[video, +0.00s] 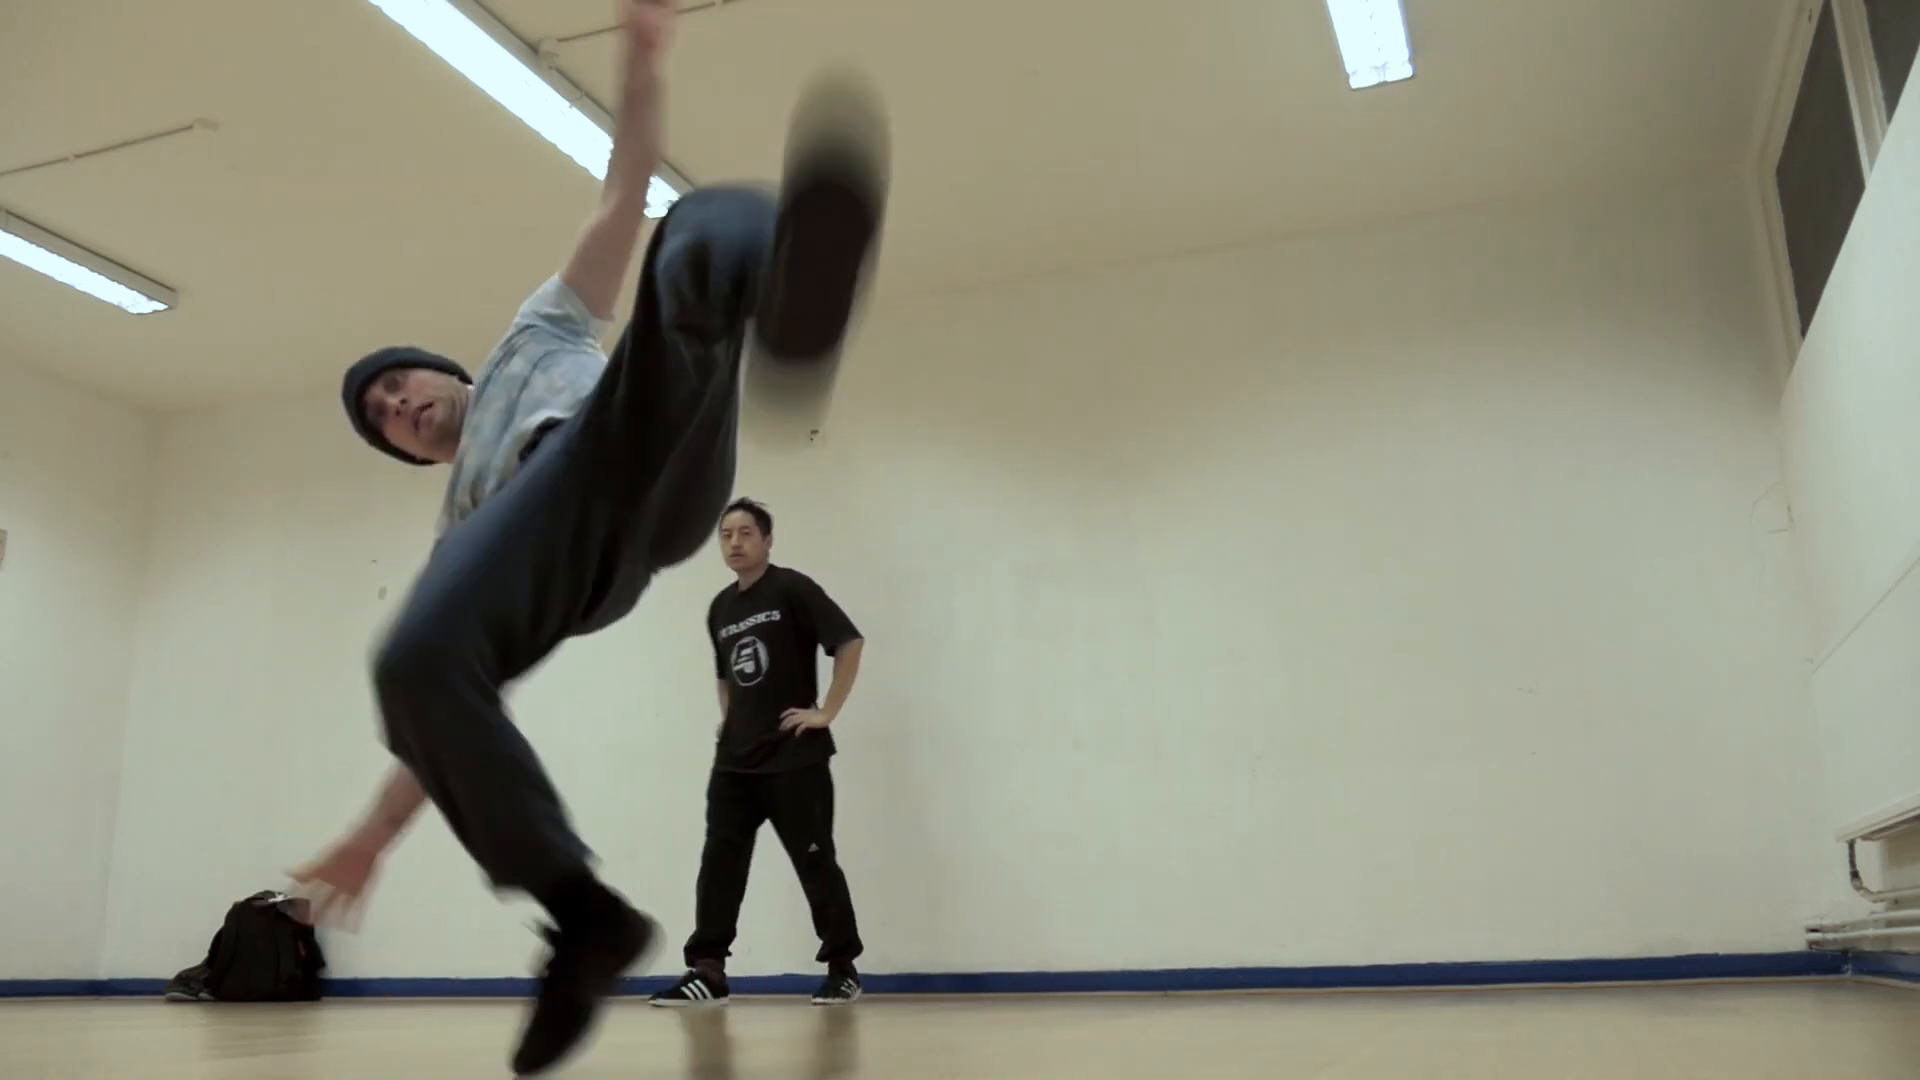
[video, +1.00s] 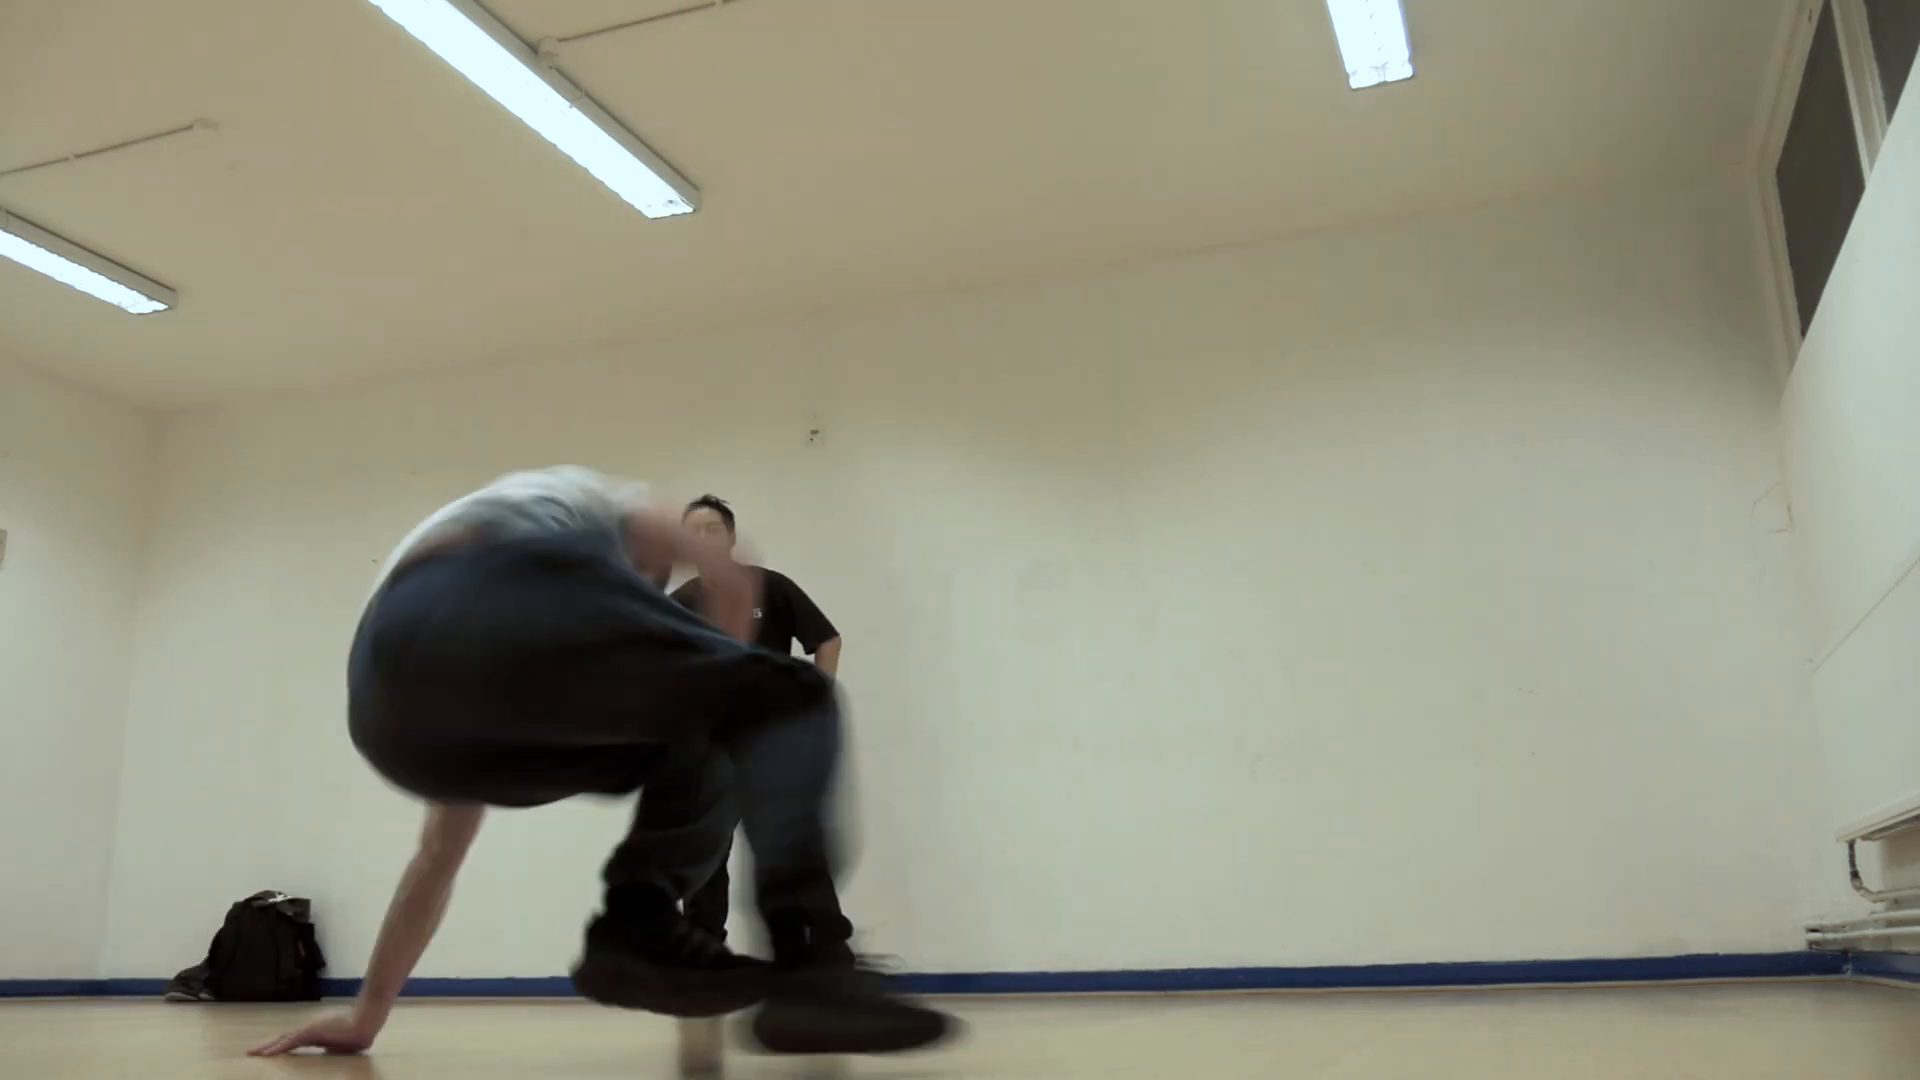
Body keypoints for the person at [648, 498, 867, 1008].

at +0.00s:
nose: (735, 542)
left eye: (745, 533)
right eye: (728, 534)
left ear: (767, 540)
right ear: (719, 544)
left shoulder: (793, 588)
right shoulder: (720, 609)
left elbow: (849, 643)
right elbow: (725, 676)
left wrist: (827, 712)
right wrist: (729, 724)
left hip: (794, 753)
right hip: (737, 755)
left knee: (814, 859)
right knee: (721, 860)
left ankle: (841, 969)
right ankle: (708, 973)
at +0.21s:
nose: (695, 536)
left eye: (704, 528)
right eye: (686, 529)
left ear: (726, 535)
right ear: (679, 540)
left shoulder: (757, 583)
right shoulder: (675, 604)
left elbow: (818, 636)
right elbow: (660, 671)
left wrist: (800, 705)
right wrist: (669, 725)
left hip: (762, 743)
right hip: (703, 747)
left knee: (769, 847)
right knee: (705, 855)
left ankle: (817, 949)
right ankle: (706, 971)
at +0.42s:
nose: (673, 537)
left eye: (683, 528)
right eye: (664, 530)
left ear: (703, 535)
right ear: (656, 541)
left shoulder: (741, 582)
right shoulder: (655, 607)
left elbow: (802, 632)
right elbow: (653, 679)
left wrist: (789, 702)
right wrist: (655, 734)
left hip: (749, 738)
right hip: (688, 745)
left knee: (745, 847)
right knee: (693, 847)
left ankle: (755, 948)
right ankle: (705, 969)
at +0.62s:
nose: (669, 537)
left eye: (678, 527)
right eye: (659, 530)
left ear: (699, 535)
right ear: (651, 542)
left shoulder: (738, 584)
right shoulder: (650, 609)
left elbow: (798, 633)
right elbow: (650, 673)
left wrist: (786, 704)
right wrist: (663, 719)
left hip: (744, 747)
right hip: (683, 752)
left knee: (744, 854)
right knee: (692, 858)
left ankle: (737, 952)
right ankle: (702, 965)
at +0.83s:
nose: (682, 538)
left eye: (692, 528)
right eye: (673, 530)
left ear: (712, 536)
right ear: (664, 541)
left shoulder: (751, 586)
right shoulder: (654, 610)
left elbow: (810, 638)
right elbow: (637, 677)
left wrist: (796, 704)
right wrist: (661, 730)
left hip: (753, 746)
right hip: (692, 754)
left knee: (770, 855)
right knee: (694, 863)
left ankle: (796, 950)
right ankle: (699, 958)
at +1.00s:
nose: (703, 539)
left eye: (712, 528)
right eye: (694, 530)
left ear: (731, 536)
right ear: (683, 540)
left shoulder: (770, 588)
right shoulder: (678, 604)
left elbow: (826, 640)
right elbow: (657, 666)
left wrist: (813, 708)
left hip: (770, 735)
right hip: (704, 742)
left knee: (783, 843)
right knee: (703, 847)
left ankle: (800, 942)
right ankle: (701, 944)